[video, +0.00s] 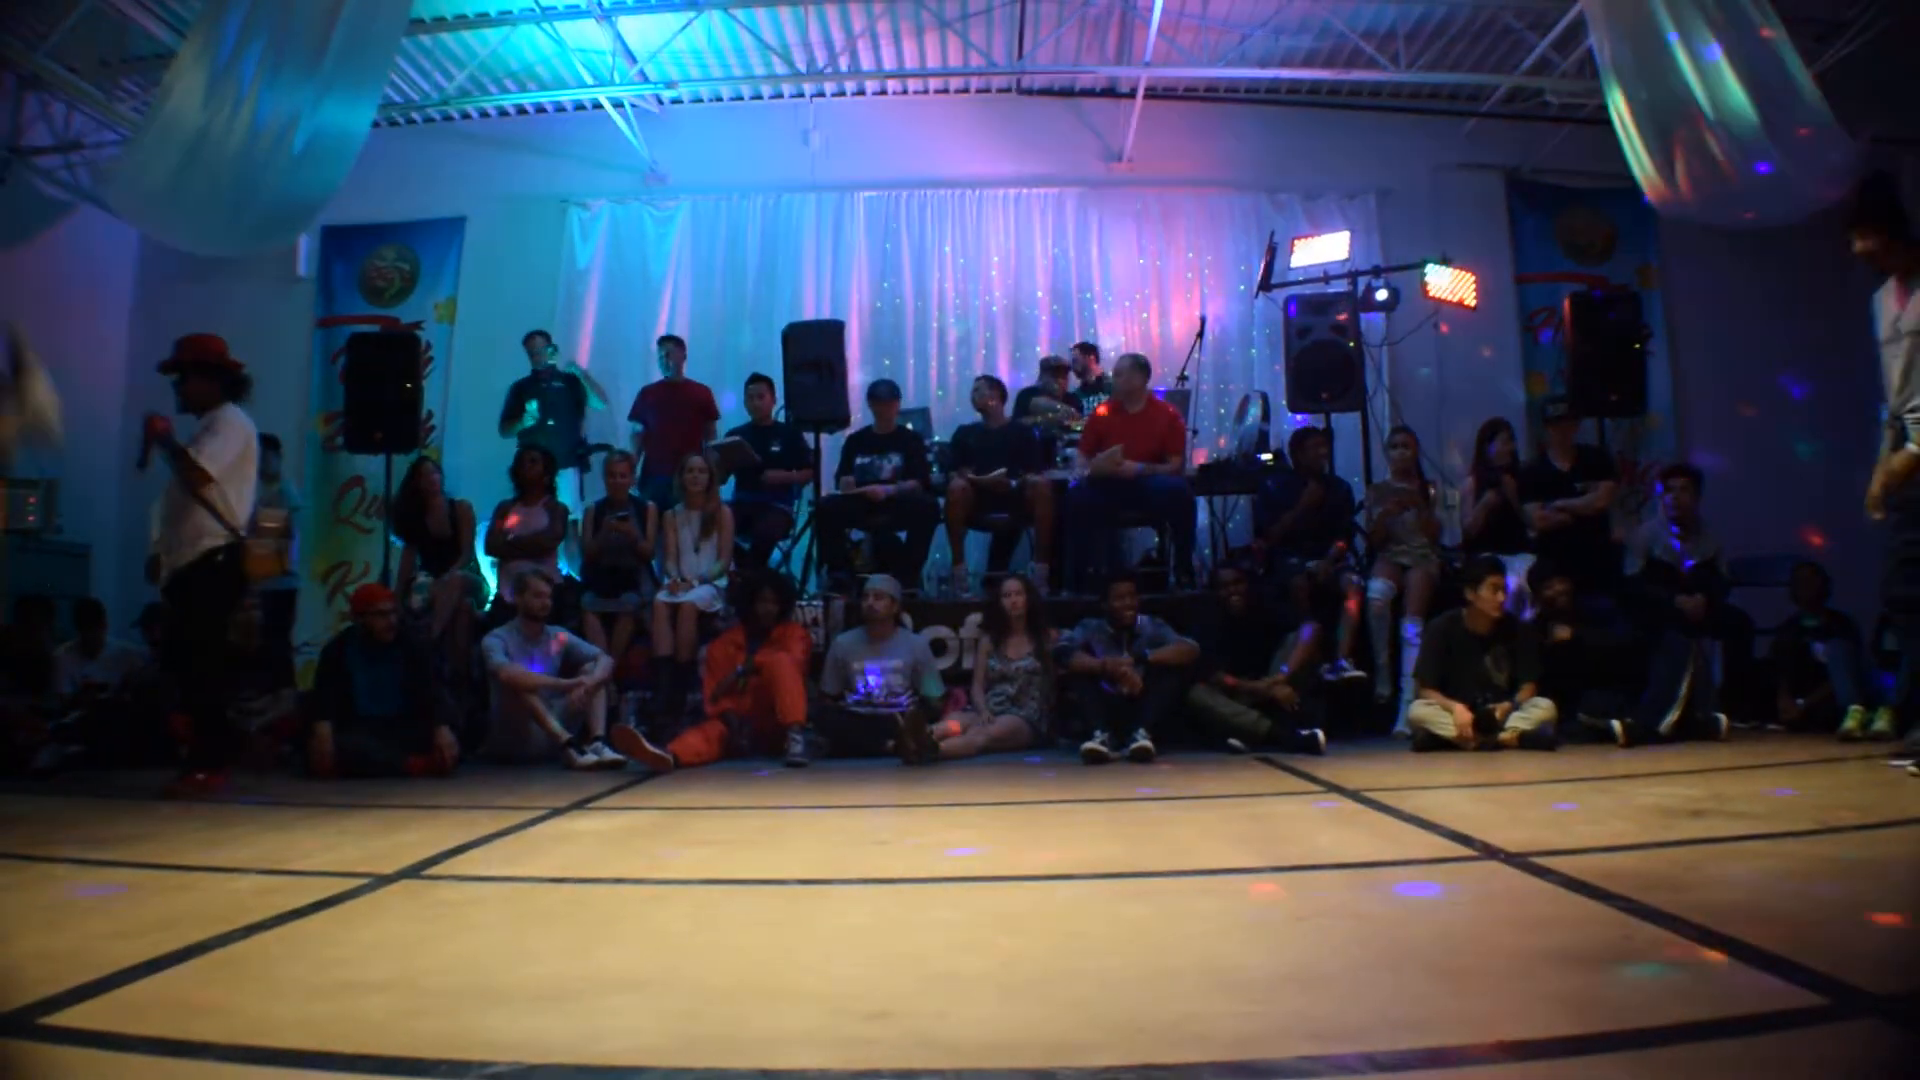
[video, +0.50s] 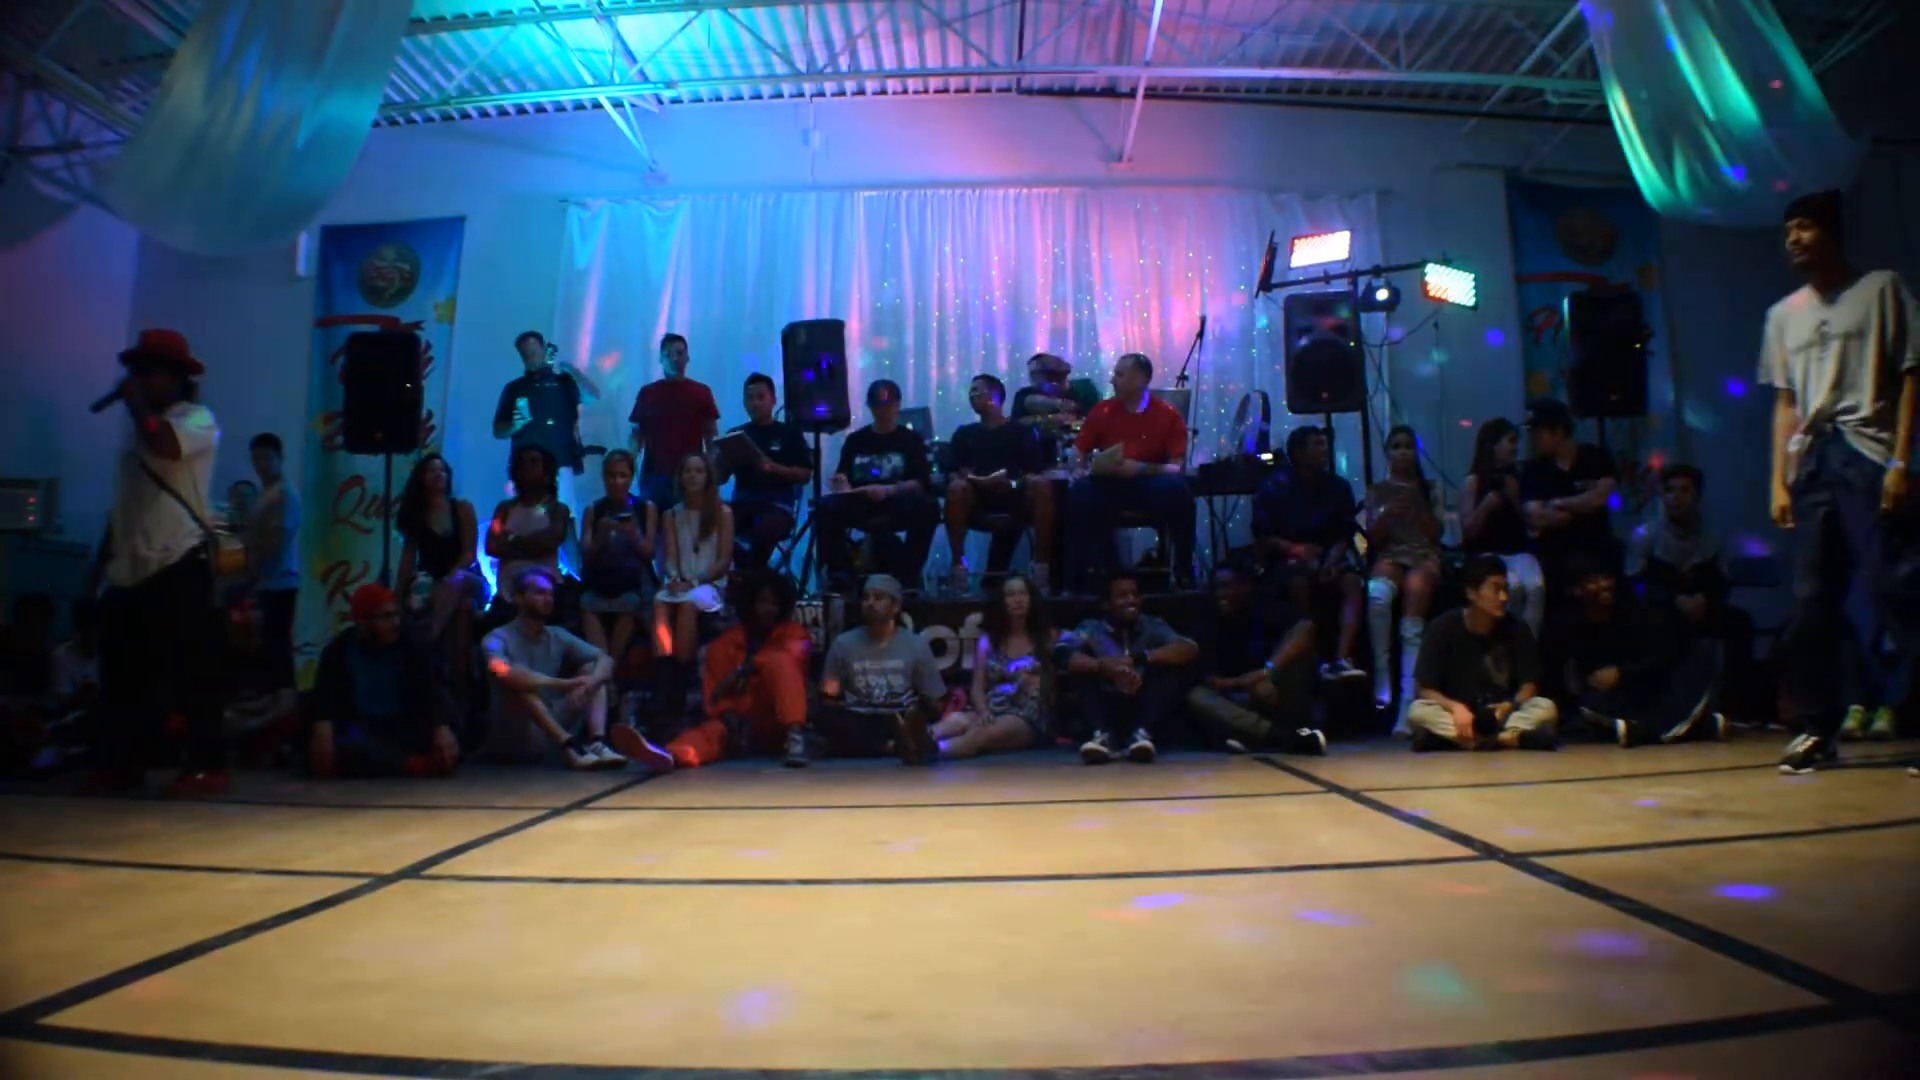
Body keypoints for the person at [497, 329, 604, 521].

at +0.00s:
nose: (537, 357)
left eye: (541, 351)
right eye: (532, 353)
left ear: (552, 350)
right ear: (528, 355)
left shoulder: (571, 381)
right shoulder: (520, 387)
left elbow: (600, 405)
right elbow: (505, 429)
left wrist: (580, 374)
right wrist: (522, 422)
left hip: (566, 460)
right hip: (533, 463)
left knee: (569, 520)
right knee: (534, 520)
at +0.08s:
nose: (535, 358)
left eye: (539, 352)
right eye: (530, 353)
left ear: (550, 351)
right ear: (526, 355)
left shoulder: (569, 381)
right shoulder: (519, 387)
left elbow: (598, 405)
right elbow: (504, 430)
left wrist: (578, 375)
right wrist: (521, 422)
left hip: (566, 462)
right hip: (532, 465)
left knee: (569, 521)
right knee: (534, 523)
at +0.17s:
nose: (534, 359)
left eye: (538, 353)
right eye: (530, 355)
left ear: (550, 351)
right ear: (526, 356)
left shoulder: (569, 382)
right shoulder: (518, 388)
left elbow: (597, 405)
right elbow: (502, 430)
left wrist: (578, 375)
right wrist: (520, 422)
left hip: (565, 461)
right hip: (531, 464)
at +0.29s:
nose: (534, 359)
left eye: (537, 353)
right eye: (528, 355)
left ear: (548, 351)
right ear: (524, 356)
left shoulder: (567, 382)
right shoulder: (516, 388)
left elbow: (595, 404)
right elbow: (501, 431)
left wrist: (576, 375)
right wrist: (518, 422)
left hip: (563, 461)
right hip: (528, 464)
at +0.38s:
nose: (531, 357)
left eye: (535, 351)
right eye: (526, 353)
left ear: (545, 350)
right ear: (522, 356)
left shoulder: (565, 382)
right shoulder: (514, 388)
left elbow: (593, 401)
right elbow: (500, 431)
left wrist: (574, 373)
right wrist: (515, 425)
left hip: (562, 461)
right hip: (527, 463)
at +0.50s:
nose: (529, 358)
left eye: (533, 352)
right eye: (525, 354)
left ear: (544, 351)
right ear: (521, 356)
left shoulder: (563, 382)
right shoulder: (513, 388)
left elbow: (594, 397)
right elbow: (499, 430)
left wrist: (572, 372)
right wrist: (514, 423)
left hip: (561, 460)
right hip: (526, 463)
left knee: (565, 517)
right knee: (527, 519)